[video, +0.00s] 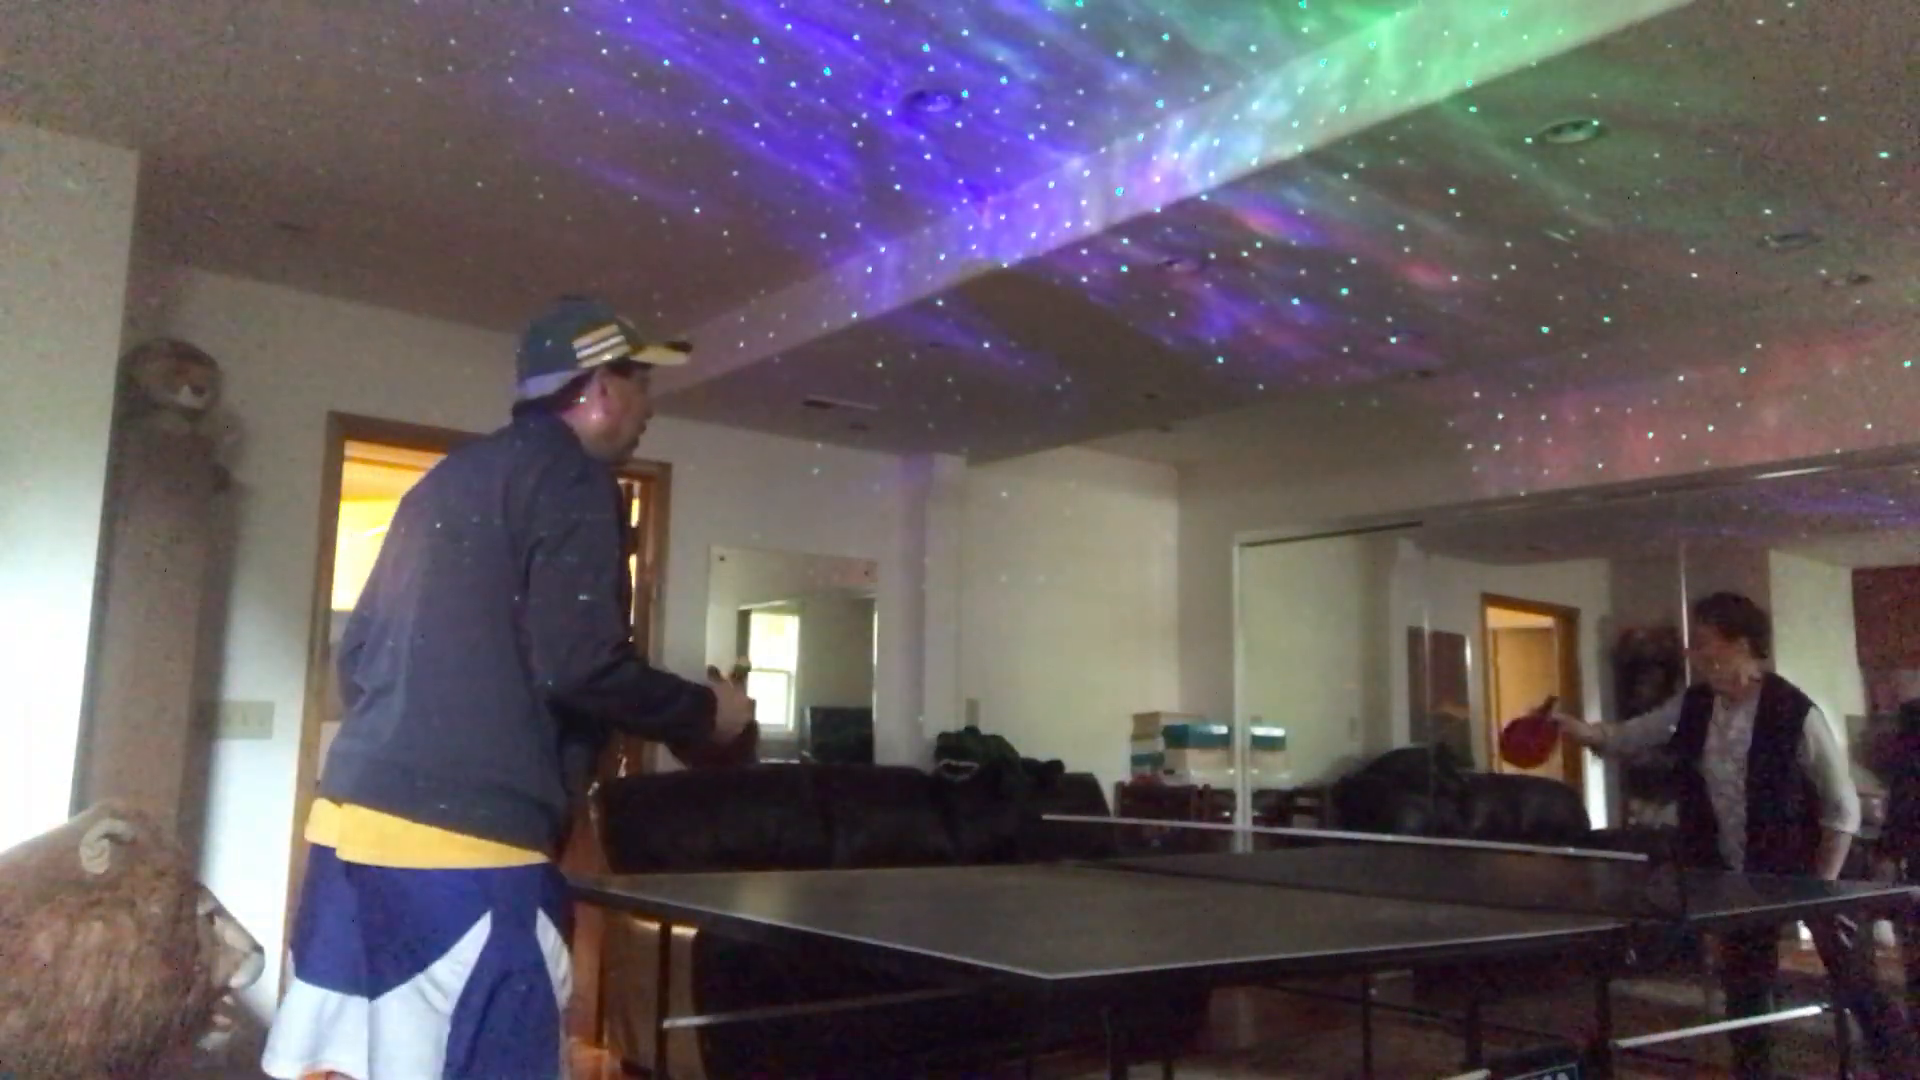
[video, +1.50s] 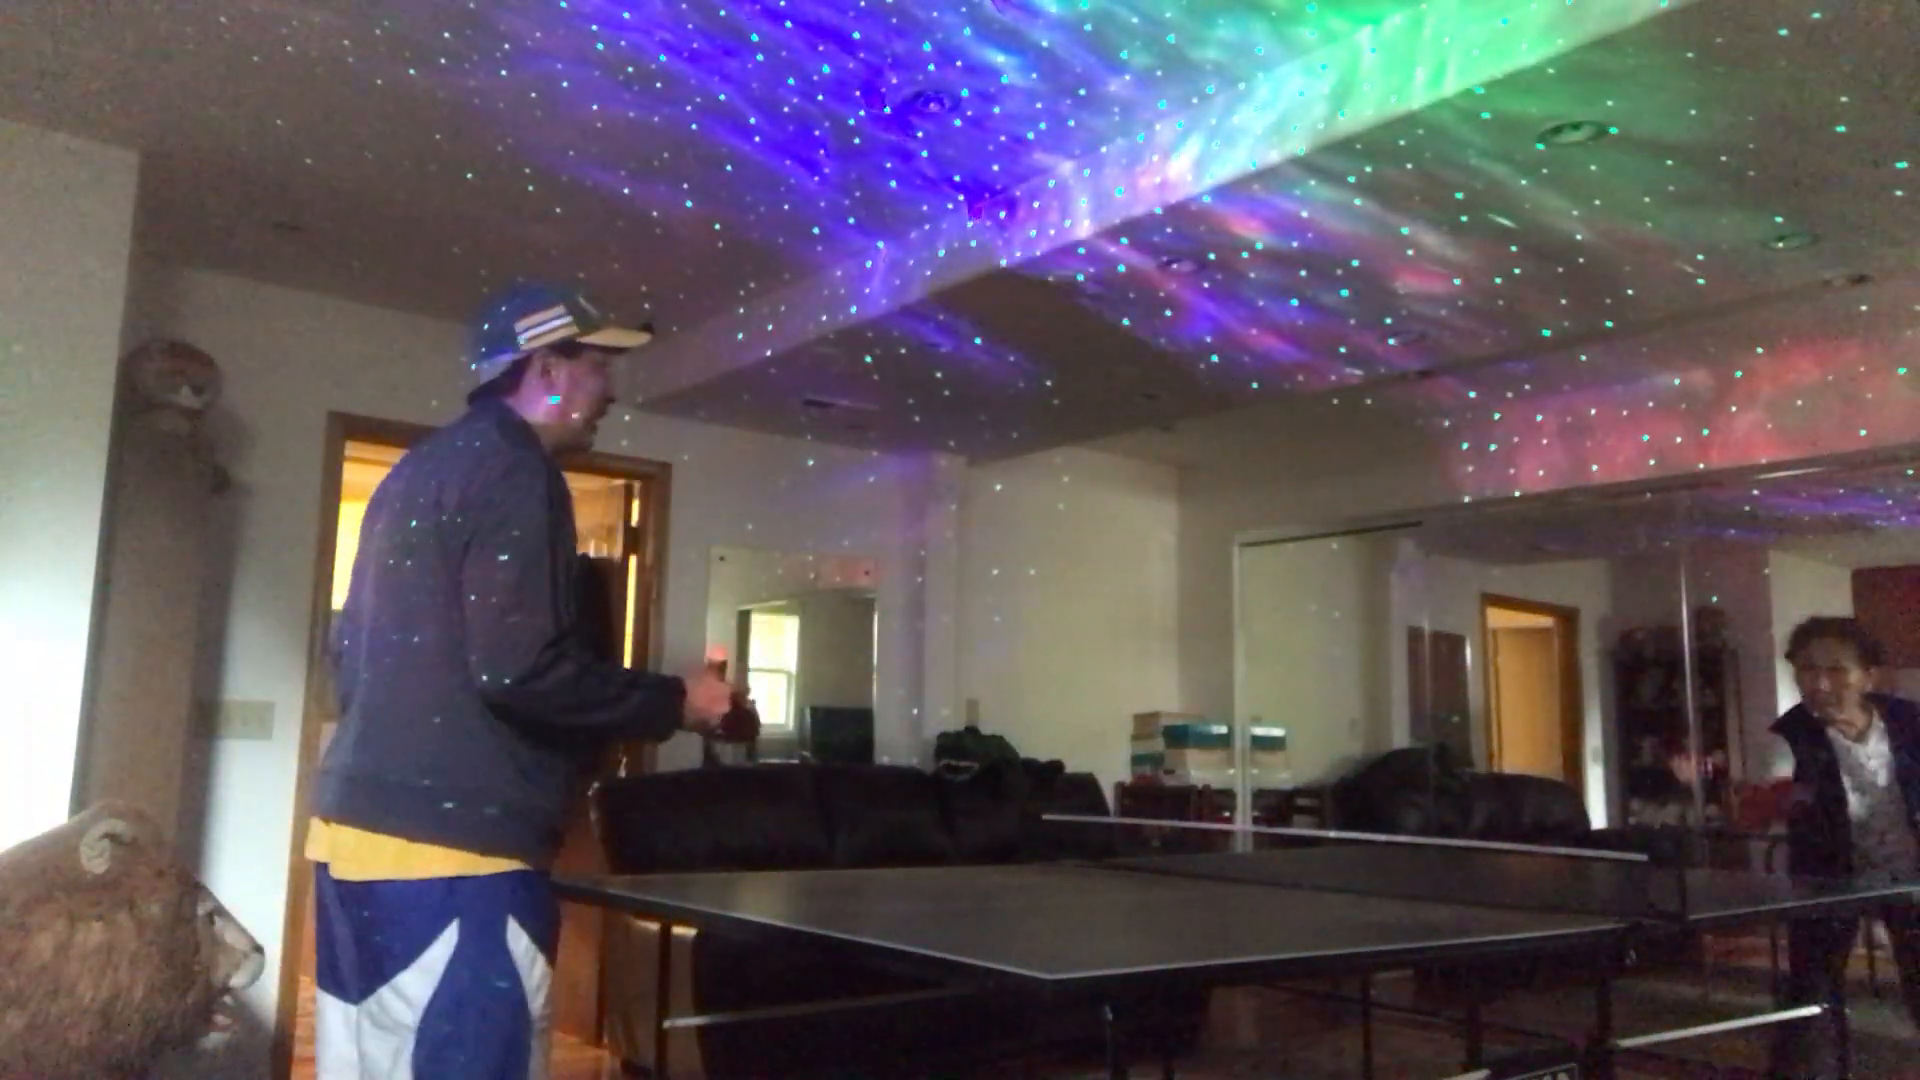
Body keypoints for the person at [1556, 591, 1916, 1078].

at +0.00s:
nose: (1695, 654)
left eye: (1705, 642)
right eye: (1694, 643)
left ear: (1742, 645)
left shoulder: (1796, 711)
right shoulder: (1692, 707)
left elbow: (1842, 808)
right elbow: (1625, 737)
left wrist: (1821, 888)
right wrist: (1562, 724)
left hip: (1808, 873)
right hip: (1738, 879)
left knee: (1858, 987)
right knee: (1745, 995)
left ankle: (1899, 1067)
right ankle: (1750, 1071)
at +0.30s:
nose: (1716, 656)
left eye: (1732, 643)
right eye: (1712, 645)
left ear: (1771, 651)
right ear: (1707, 655)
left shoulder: (1813, 719)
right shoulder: (1709, 718)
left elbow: (1860, 816)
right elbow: (1672, 791)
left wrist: (1838, 896)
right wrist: (1680, 803)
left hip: (1814, 870)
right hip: (1744, 872)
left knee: (1864, 982)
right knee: (1744, 993)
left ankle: (1902, 1065)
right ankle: (1750, 1071)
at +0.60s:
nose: (1724, 665)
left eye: (1740, 653)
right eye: (1720, 653)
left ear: (1779, 660)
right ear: (1714, 662)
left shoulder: (1822, 724)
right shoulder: (1709, 727)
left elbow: (1876, 812)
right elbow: (1701, 813)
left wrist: (1858, 892)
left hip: (1827, 878)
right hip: (1754, 881)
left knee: (1880, 977)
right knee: (1743, 990)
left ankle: (1916, 1053)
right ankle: (1748, 1068)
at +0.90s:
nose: (1756, 664)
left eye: (1770, 650)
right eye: (1749, 652)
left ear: (1809, 658)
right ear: (1742, 660)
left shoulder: (1856, 720)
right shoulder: (1744, 724)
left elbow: (1907, 807)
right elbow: (1738, 804)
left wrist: (1891, 893)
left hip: (1860, 883)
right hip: (1784, 887)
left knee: (1905, 988)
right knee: (1760, 1004)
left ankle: (1919, 1051)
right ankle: (1759, 1070)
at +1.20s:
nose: (1803, 691)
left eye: (1814, 675)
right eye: (1791, 680)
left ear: (1852, 670)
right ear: (1781, 684)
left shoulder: (1901, 716)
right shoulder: (1782, 730)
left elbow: (1914, 803)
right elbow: (1774, 811)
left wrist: (1906, 870)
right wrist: (1786, 825)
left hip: (1887, 879)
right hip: (1808, 882)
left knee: (1913, 987)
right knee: (1782, 982)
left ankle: (1918, 1054)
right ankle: (1758, 1068)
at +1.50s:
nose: (1820, 684)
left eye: (1836, 671)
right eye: (1808, 671)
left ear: (1868, 676)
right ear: (1795, 678)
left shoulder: (1904, 719)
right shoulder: (1792, 735)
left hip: (1903, 867)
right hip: (1830, 871)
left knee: (1915, 975)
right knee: (1812, 978)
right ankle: (1801, 1065)